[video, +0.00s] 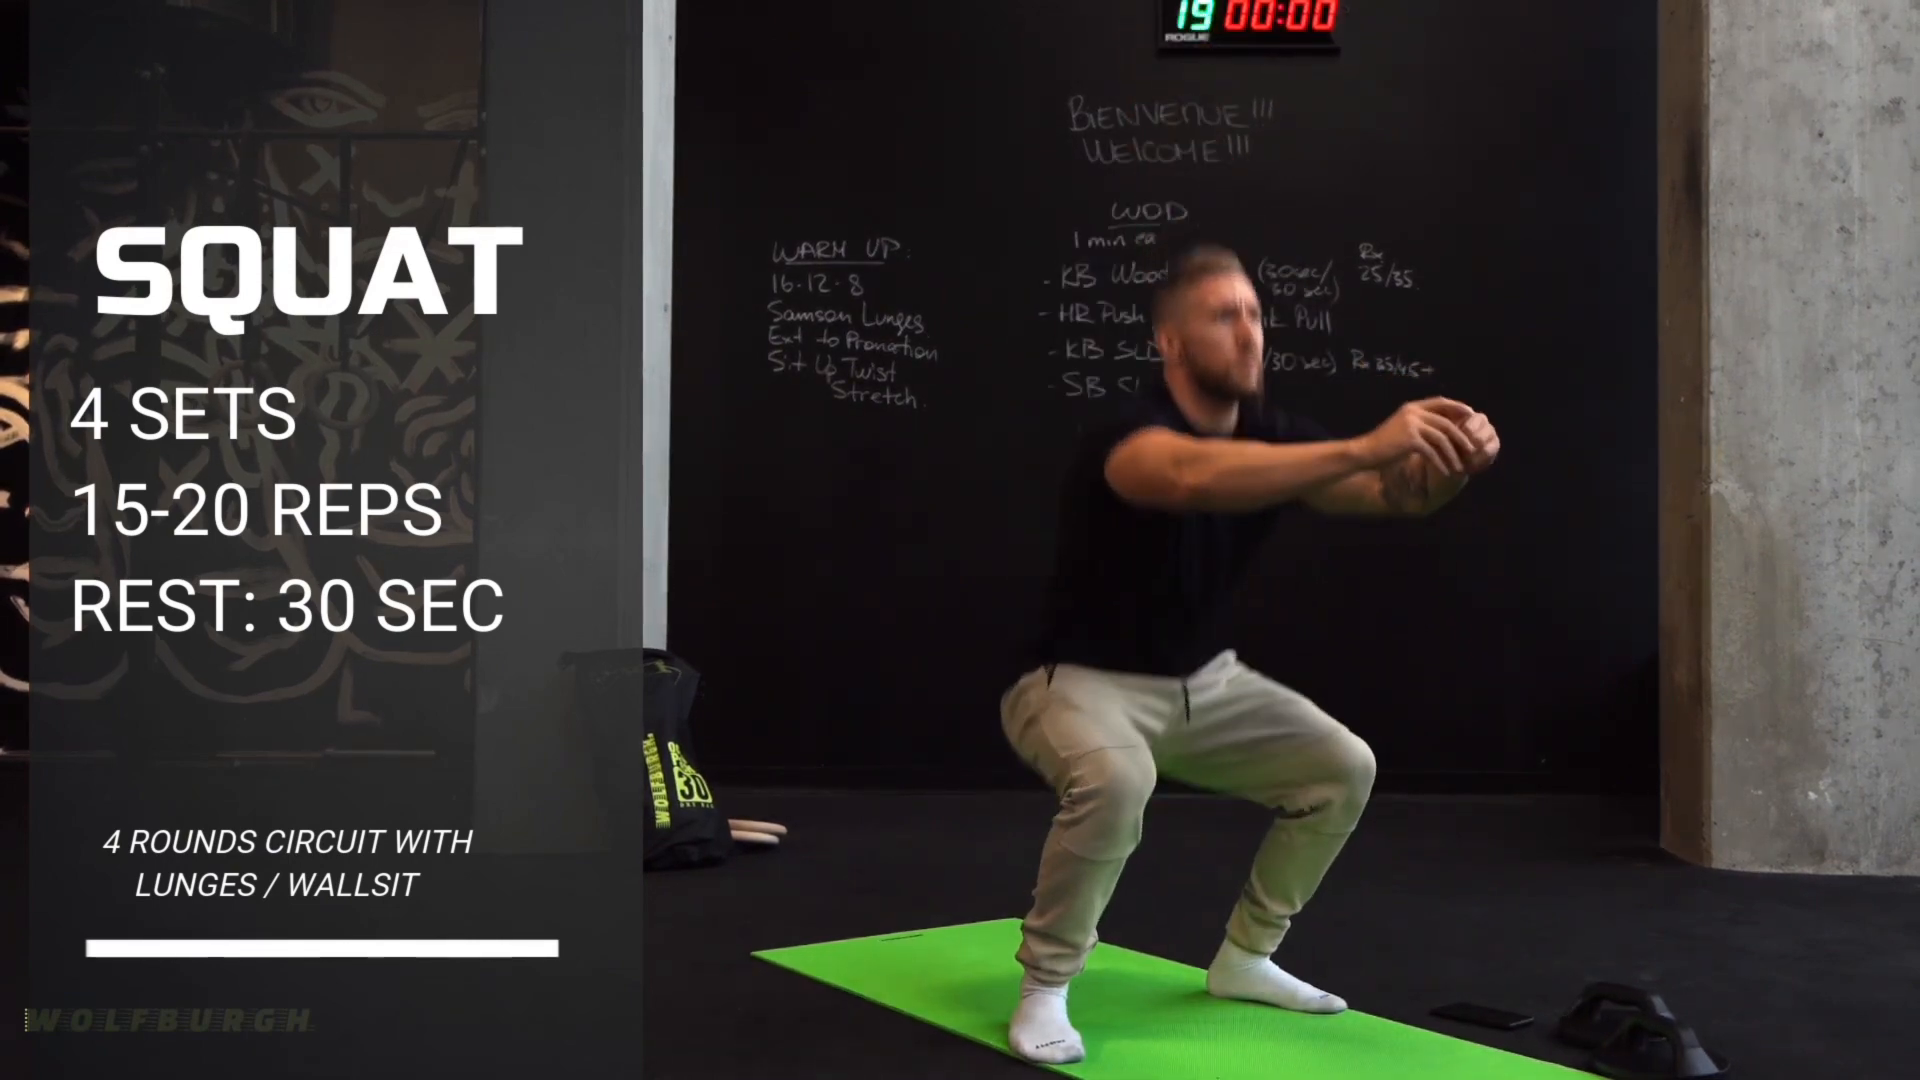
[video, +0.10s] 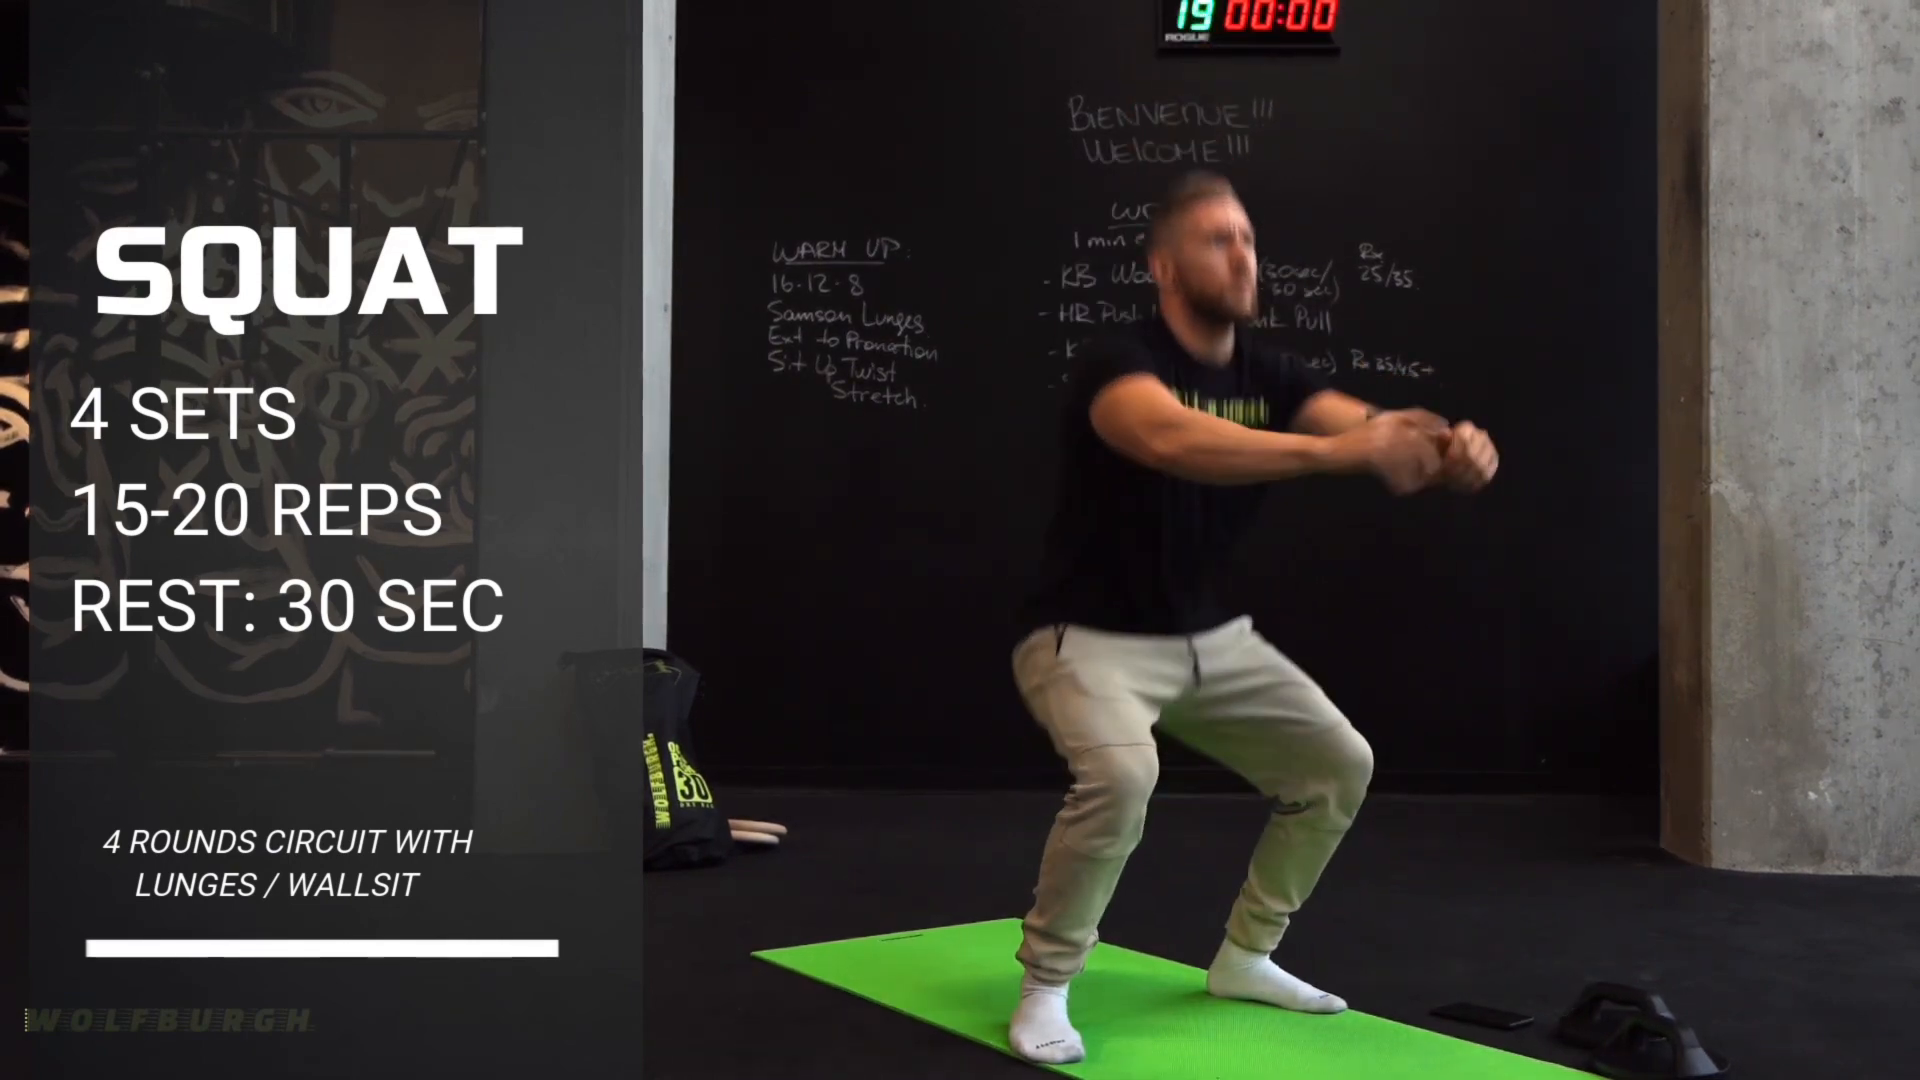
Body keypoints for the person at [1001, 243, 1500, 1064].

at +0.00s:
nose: (1250, 331)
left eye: (1255, 315)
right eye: (1225, 317)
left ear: (1264, 333)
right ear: (1169, 345)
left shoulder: (1266, 440)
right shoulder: (1125, 437)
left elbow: (1381, 492)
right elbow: (1193, 478)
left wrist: (1449, 467)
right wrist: (1364, 448)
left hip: (1205, 688)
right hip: (1082, 685)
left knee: (1342, 769)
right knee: (1115, 781)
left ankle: (1244, 961)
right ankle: (1044, 989)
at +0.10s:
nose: (1244, 255)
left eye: (1248, 240)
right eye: (1220, 241)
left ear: (1257, 258)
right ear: (1164, 265)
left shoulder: (1262, 373)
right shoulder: (1115, 363)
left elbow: (1358, 426)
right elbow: (1175, 443)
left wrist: (1443, 449)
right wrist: (1349, 451)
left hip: (1210, 641)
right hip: (1089, 642)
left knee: (1339, 766)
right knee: (1120, 776)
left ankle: (1244, 960)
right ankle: (1045, 986)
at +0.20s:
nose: (1230, 145)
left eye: (1235, 128)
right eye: (1205, 130)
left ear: (1245, 148)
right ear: (1150, 152)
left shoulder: (1262, 278)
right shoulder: (1103, 259)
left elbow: (1342, 383)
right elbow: (1114, 397)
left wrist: (1412, 469)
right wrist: (1228, 494)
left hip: (1227, 578)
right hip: (1107, 575)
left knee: (1310, 756)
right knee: (1115, 763)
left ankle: (1242, 959)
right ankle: (1045, 981)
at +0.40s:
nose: (1222, 61)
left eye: (1226, 45)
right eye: (1197, 46)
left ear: (1233, 71)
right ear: (1144, 76)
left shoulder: (1260, 205)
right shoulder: (1093, 192)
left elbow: (1308, 363)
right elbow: (1044, 357)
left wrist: (1321, 503)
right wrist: (1062, 514)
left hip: (1242, 526)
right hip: (1123, 520)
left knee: (1250, 743)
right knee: (1093, 742)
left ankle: (1239, 955)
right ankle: (1040, 981)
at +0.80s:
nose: (1216, 87)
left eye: (1222, 71)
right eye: (1190, 72)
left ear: (1231, 97)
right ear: (1137, 98)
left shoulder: (1252, 231)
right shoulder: (1090, 212)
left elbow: (1325, 364)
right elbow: (1075, 363)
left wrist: (1368, 484)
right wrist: (1183, 480)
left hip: (1229, 543)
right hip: (1107, 541)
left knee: (1279, 745)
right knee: (1099, 755)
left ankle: (1241, 957)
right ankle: (1041, 983)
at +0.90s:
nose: (1222, 142)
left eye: (1229, 126)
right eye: (1198, 126)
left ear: (1238, 147)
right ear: (1143, 147)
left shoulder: (1254, 279)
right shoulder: (1095, 261)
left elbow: (1342, 377)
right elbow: (1116, 382)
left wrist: (1399, 446)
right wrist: (1271, 444)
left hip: (1210, 577)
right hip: (1091, 573)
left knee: (1302, 755)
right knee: (1099, 760)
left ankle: (1241, 958)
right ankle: (1043, 981)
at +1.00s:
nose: (1234, 254)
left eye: (1240, 237)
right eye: (1211, 238)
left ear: (1248, 254)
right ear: (1157, 255)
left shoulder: (1255, 367)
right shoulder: (1108, 362)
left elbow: (1349, 425)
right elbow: (1167, 426)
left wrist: (1416, 425)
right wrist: (1343, 423)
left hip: (1196, 638)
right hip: (1073, 638)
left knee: (1324, 759)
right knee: (1099, 768)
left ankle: (1242, 961)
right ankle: (1041, 985)